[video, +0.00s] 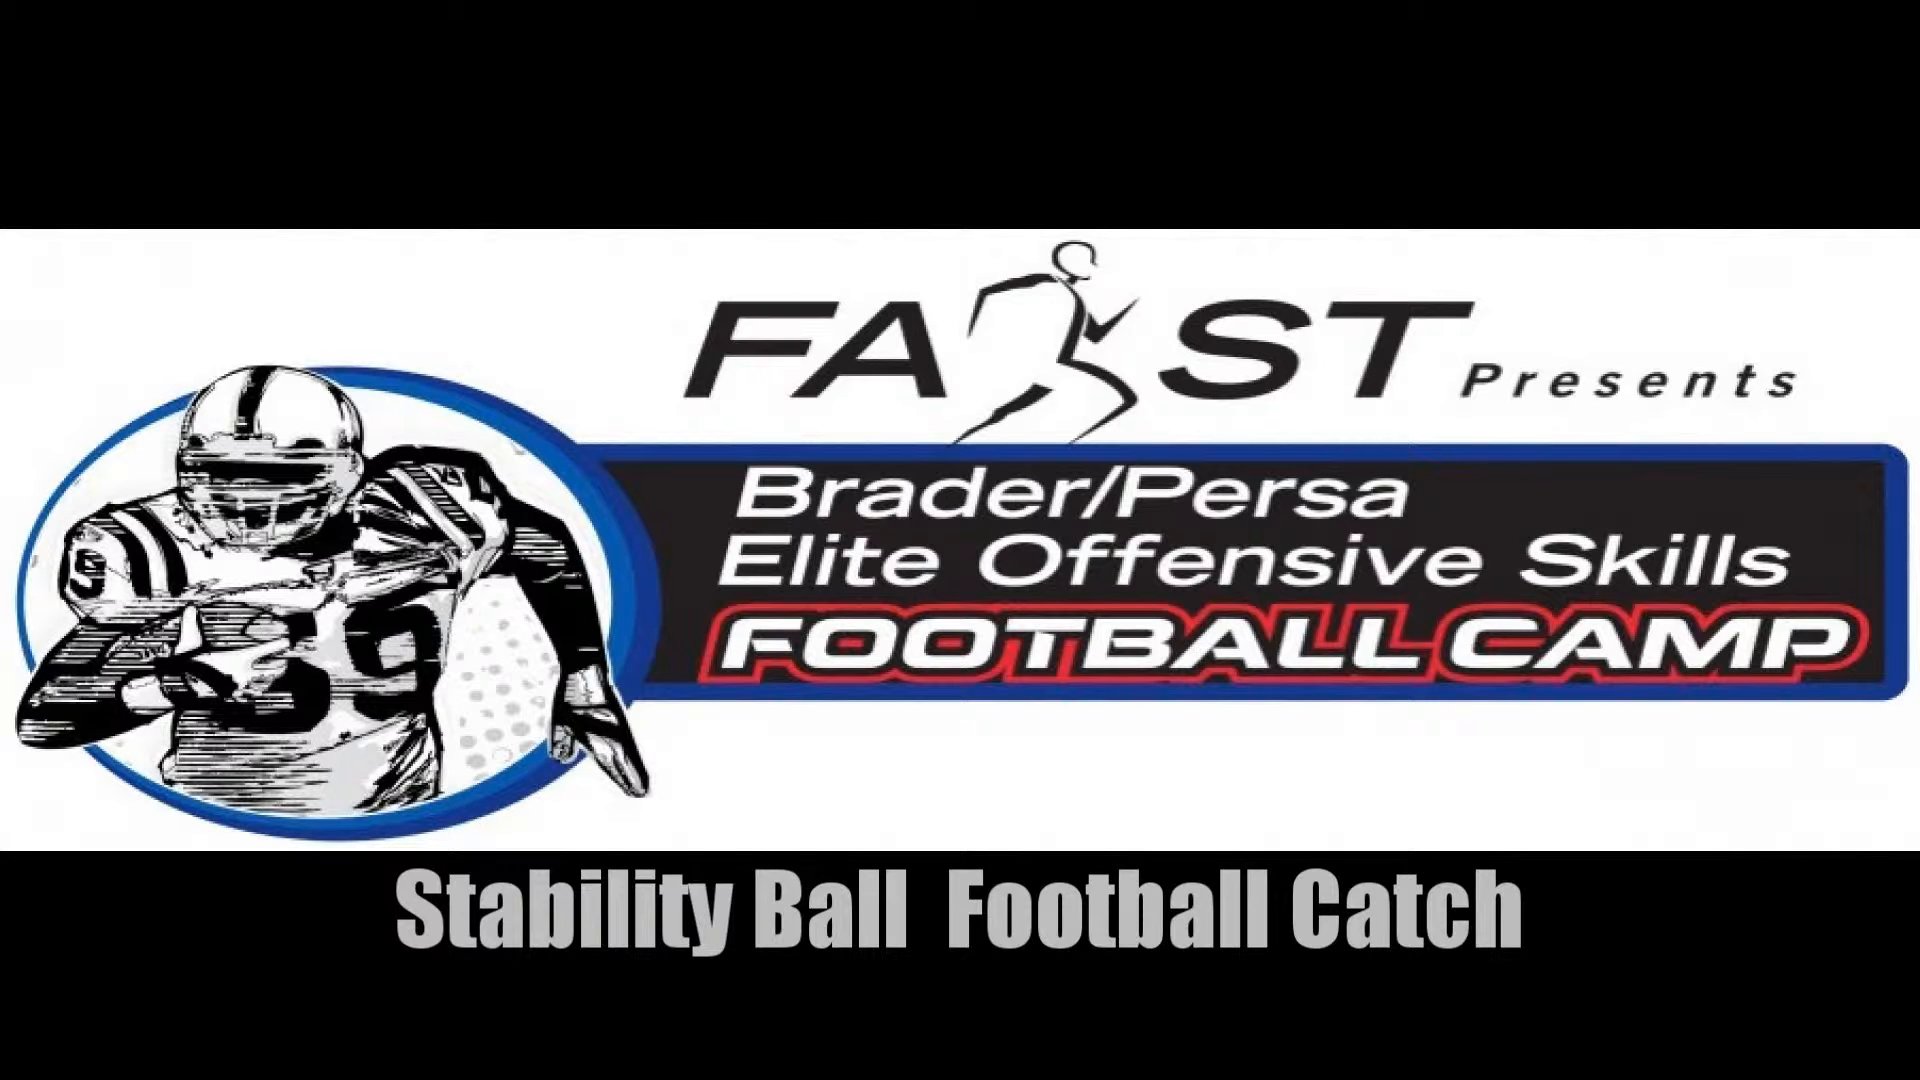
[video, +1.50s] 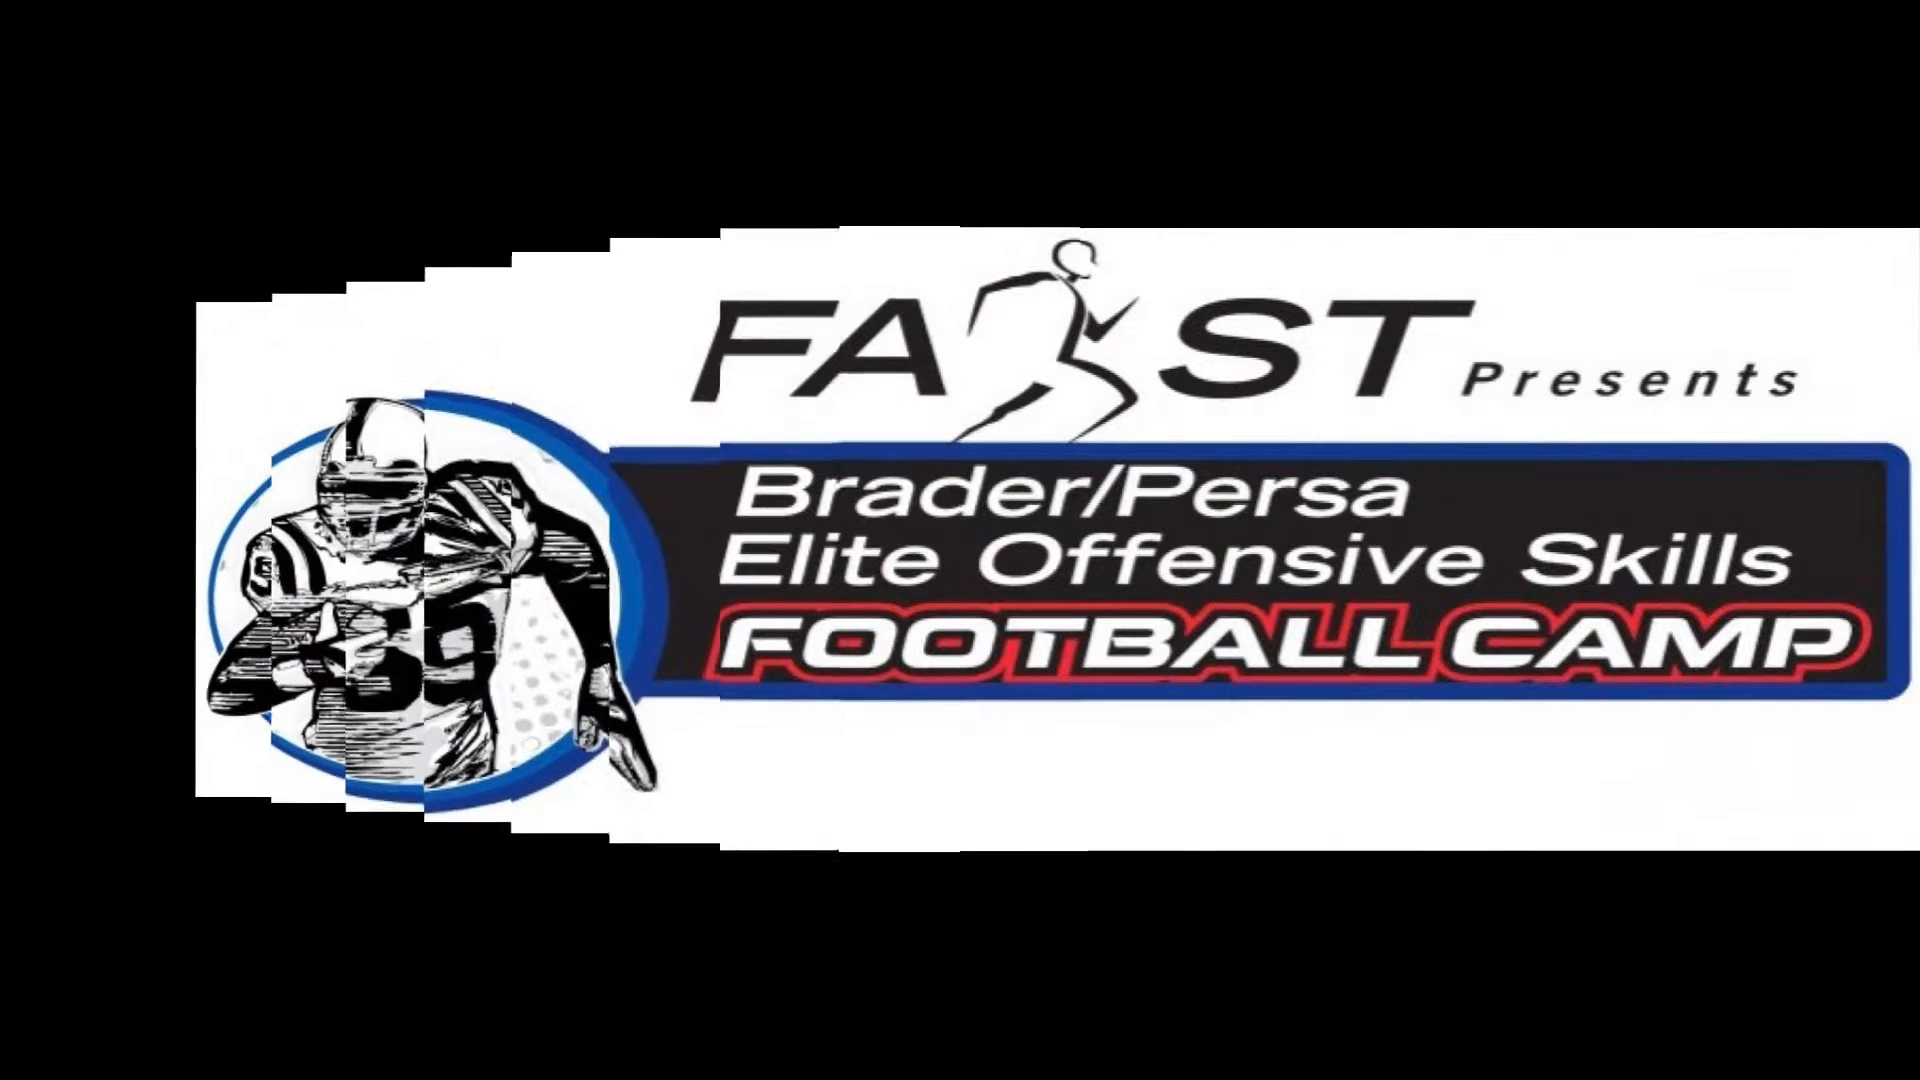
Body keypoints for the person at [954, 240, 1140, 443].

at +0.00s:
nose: (1088, 268)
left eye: (1089, 262)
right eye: (1082, 260)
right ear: (1069, 263)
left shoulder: (1077, 301)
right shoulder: (1045, 281)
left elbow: (1096, 335)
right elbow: (986, 292)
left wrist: (1127, 309)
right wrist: (970, 331)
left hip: (1053, 366)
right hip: (1059, 365)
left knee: (1002, 412)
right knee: (1128, 398)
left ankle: (956, 442)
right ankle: (1074, 441)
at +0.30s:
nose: (1088, 268)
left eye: (1089, 262)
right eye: (1082, 260)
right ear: (1069, 263)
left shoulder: (1077, 301)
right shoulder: (1045, 281)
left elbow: (1096, 335)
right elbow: (986, 292)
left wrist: (1127, 309)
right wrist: (970, 331)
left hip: (1053, 366)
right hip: (1059, 365)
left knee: (1002, 412)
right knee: (1128, 398)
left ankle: (956, 442)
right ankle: (1074, 441)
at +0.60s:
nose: (1088, 268)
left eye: (1089, 262)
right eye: (1082, 260)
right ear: (1069, 263)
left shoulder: (1077, 301)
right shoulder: (1045, 281)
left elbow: (1096, 335)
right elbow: (986, 292)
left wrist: (1127, 309)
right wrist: (970, 331)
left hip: (1053, 366)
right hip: (1059, 365)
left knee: (1002, 412)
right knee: (1128, 398)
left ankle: (956, 442)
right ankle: (1074, 441)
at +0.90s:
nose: (1087, 267)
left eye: (1088, 261)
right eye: (1080, 259)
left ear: (1089, 266)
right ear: (1066, 262)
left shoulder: (1078, 301)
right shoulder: (1045, 281)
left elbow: (1096, 334)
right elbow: (986, 292)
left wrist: (1127, 309)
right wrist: (970, 331)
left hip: (1052, 367)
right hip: (1057, 365)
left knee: (1002, 413)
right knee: (1128, 399)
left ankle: (956, 443)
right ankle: (1073, 442)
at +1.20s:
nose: (1090, 267)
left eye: (1090, 260)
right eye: (1084, 259)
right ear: (1071, 262)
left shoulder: (1078, 299)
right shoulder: (1044, 280)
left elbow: (1096, 334)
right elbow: (986, 291)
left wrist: (1127, 309)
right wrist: (970, 330)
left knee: (1001, 412)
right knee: (1128, 397)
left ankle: (952, 444)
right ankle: (1072, 441)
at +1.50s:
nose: (1090, 266)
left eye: (1090, 260)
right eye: (1084, 258)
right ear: (1069, 261)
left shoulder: (1077, 298)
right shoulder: (1044, 280)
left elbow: (1096, 333)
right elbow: (985, 290)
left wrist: (1127, 309)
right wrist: (970, 331)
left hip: (1053, 365)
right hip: (1057, 363)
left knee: (1002, 411)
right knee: (1128, 397)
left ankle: (955, 442)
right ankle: (1073, 441)